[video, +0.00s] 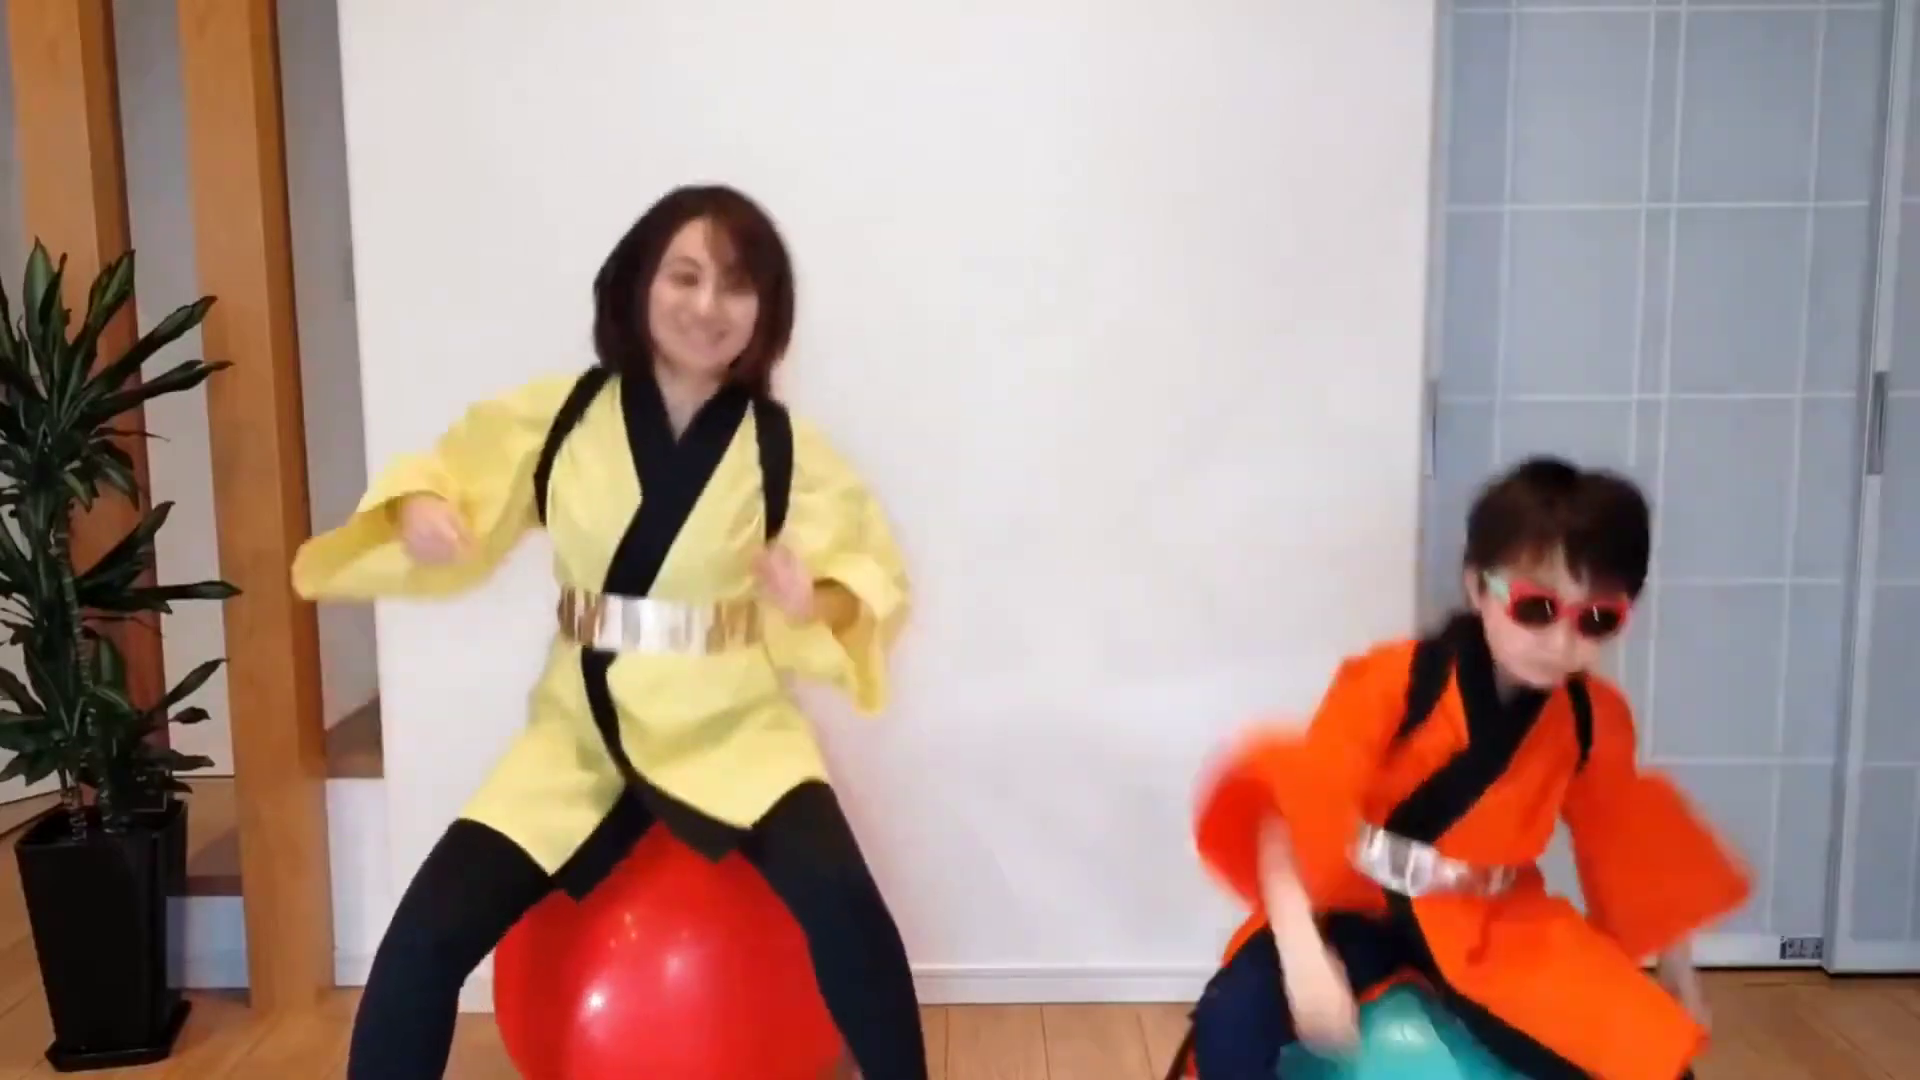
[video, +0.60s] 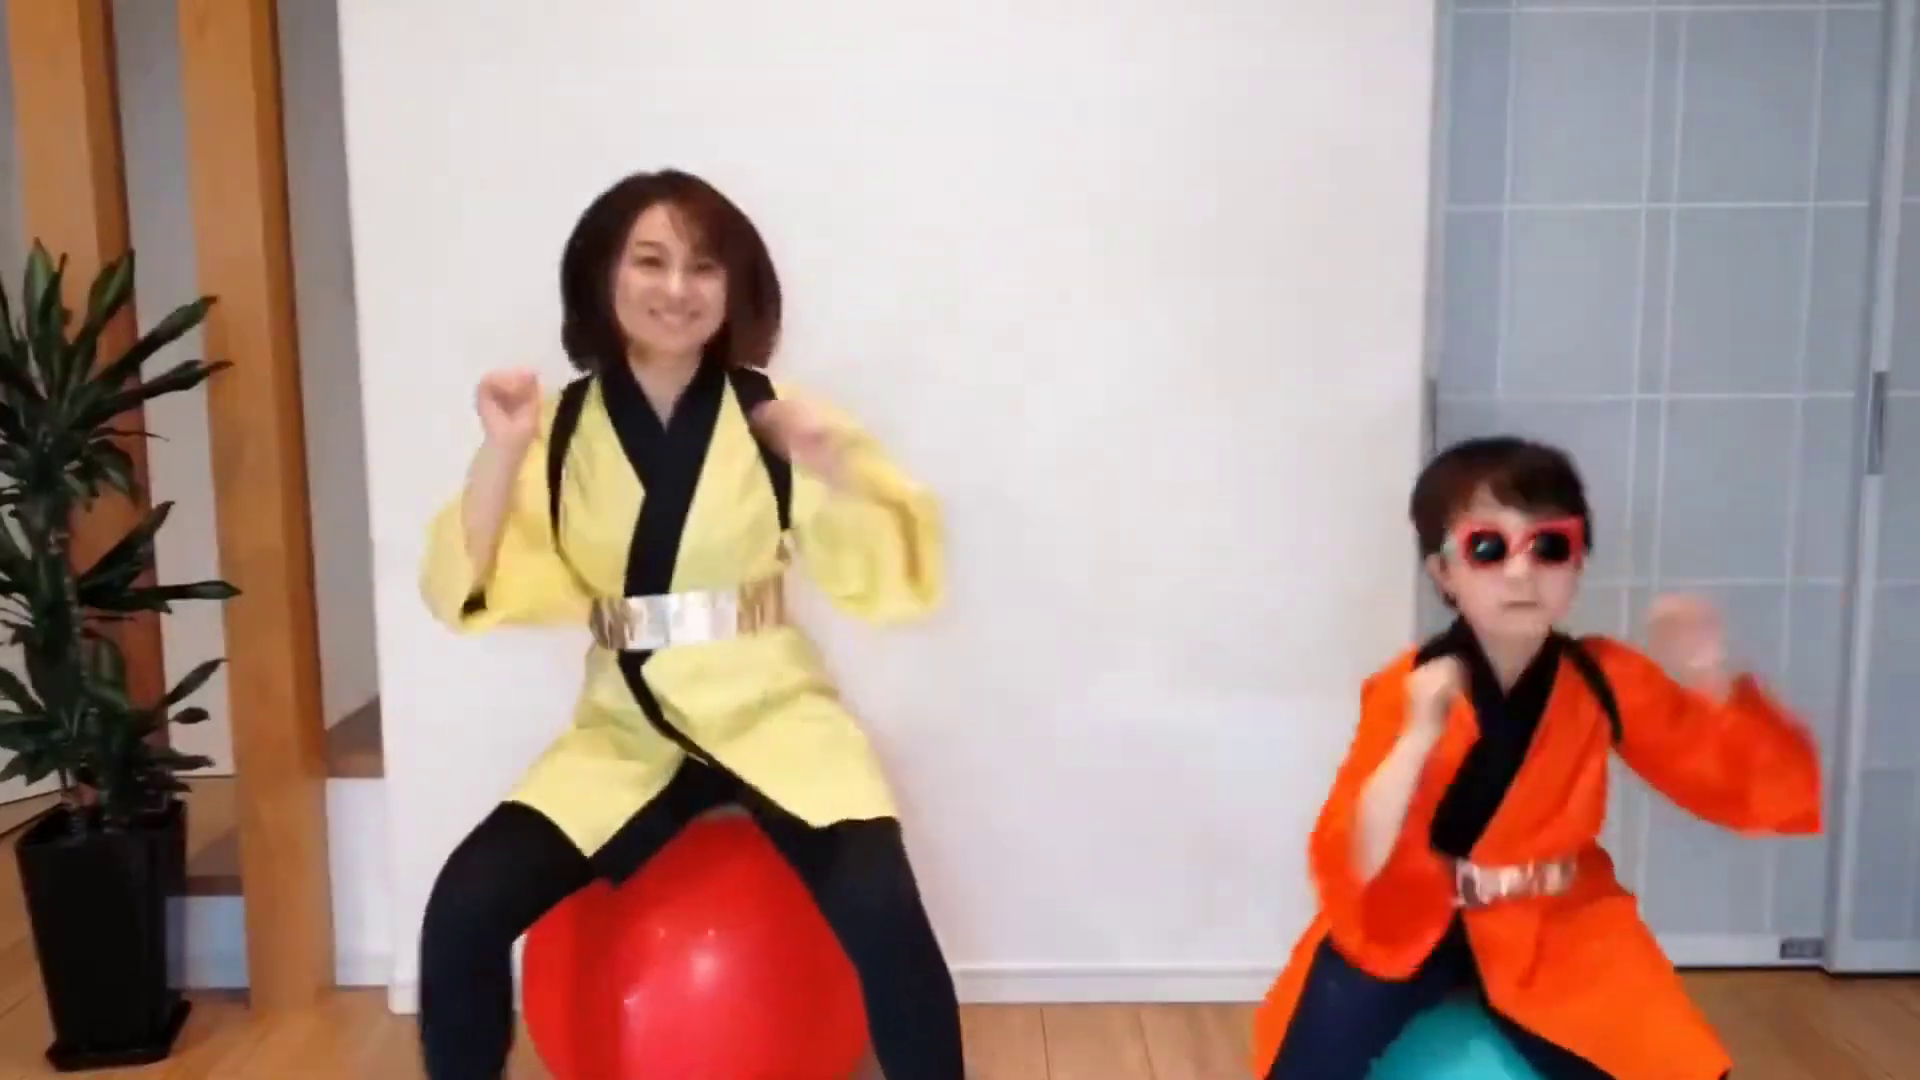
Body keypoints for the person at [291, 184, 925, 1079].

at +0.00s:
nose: (708, 306)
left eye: (736, 285)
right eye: (684, 277)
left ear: (766, 312)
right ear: (639, 289)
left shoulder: (783, 446)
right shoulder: (564, 411)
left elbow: (870, 580)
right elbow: (441, 474)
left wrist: (812, 600)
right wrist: (421, 507)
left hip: (734, 732)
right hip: (581, 736)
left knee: (846, 907)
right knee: (425, 937)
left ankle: (900, 1074)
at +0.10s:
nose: (730, 312)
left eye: (760, 292)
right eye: (707, 282)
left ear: (793, 319)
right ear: (662, 294)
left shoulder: (801, 462)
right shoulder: (578, 411)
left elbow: (833, 601)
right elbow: (471, 501)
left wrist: (832, 674)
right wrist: (476, 580)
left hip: (733, 733)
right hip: (577, 735)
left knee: (849, 882)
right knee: (408, 933)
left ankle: (917, 1072)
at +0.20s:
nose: (737, 367)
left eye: (766, 348)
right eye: (716, 339)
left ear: (799, 375)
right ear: (675, 356)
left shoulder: (805, 531)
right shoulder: (588, 484)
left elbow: (824, 694)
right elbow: (491, 623)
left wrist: (875, 827)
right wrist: (498, 747)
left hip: (735, 787)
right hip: (577, 782)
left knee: (857, 935)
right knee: (394, 940)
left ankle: (915, 1073)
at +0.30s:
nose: (720, 419)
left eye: (748, 400)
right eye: (695, 397)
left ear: (780, 428)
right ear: (657, 417)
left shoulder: (797, 588)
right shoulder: (588, 547)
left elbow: (867, 728)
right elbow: (509, 666)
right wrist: (493, 742)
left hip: (734, 846)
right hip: (578, 842)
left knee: (854, 921)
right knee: (401, 940)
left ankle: (910, 1077)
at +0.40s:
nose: (701, 376)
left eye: (728, 355)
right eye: (676, 354)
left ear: (763, 382)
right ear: (641, 376)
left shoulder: (789, 533)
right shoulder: (583, 507)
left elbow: (911, 655)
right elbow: (508, 640)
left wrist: (1023, 627)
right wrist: (497, 544)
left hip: (750, 822)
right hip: (598, 824)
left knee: (866, 918)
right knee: (421, 941)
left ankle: (918, 1070)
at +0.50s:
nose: (686, 300)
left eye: (713, 279)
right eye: (660, 276)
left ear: (747, 303)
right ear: (622, 298)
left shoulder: (785, 447)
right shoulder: (570, 437)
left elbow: (923, 597)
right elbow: (464, 571)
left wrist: (936, 481)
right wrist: (496, 431)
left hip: (766, 747)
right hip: (611, 752)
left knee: (882, 929)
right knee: (440, 924)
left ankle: (922, 1071)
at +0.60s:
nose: (674, 289)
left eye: (703, 267)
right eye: (648, 262)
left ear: (733, 289)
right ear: (602, 281)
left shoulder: (772, 416)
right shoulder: (559, 426)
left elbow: (890, 574)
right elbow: (460, 594)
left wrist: (831, 462)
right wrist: (503, 451)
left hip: (778, 726)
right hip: (626, 738)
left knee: (886, 916)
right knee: (463, 909)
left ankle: (930, 1072)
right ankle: (461, 1073)